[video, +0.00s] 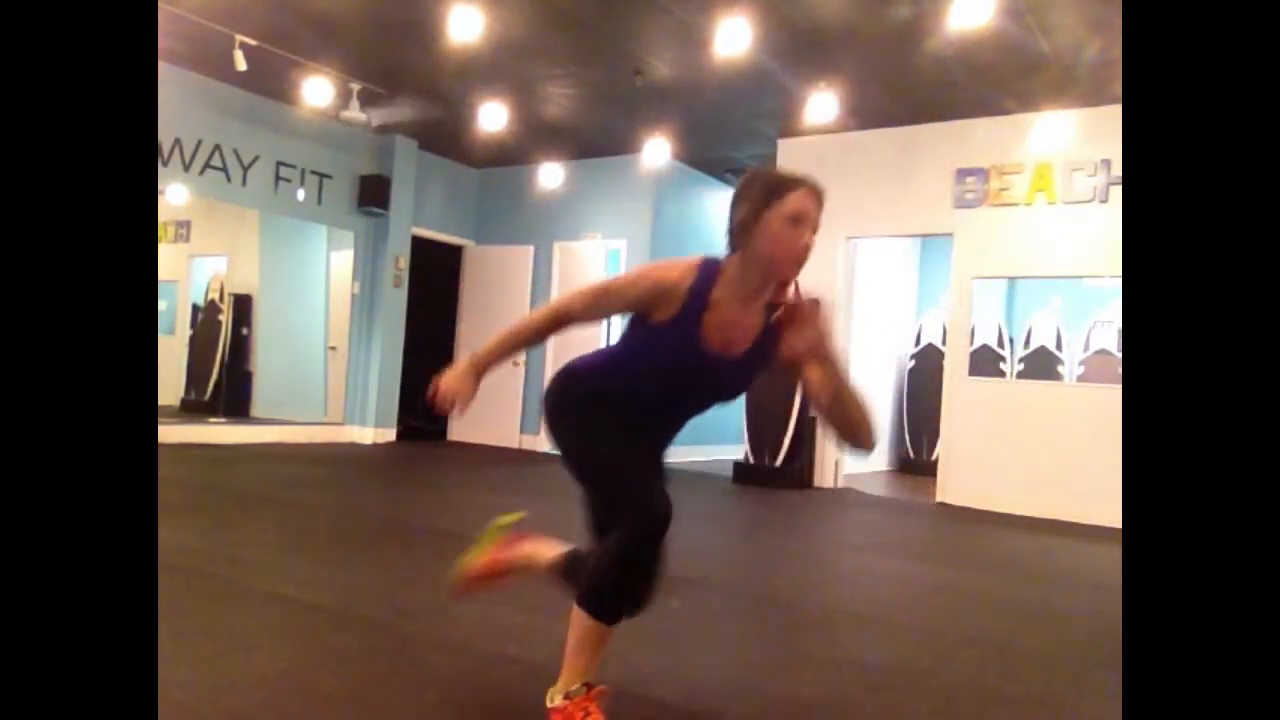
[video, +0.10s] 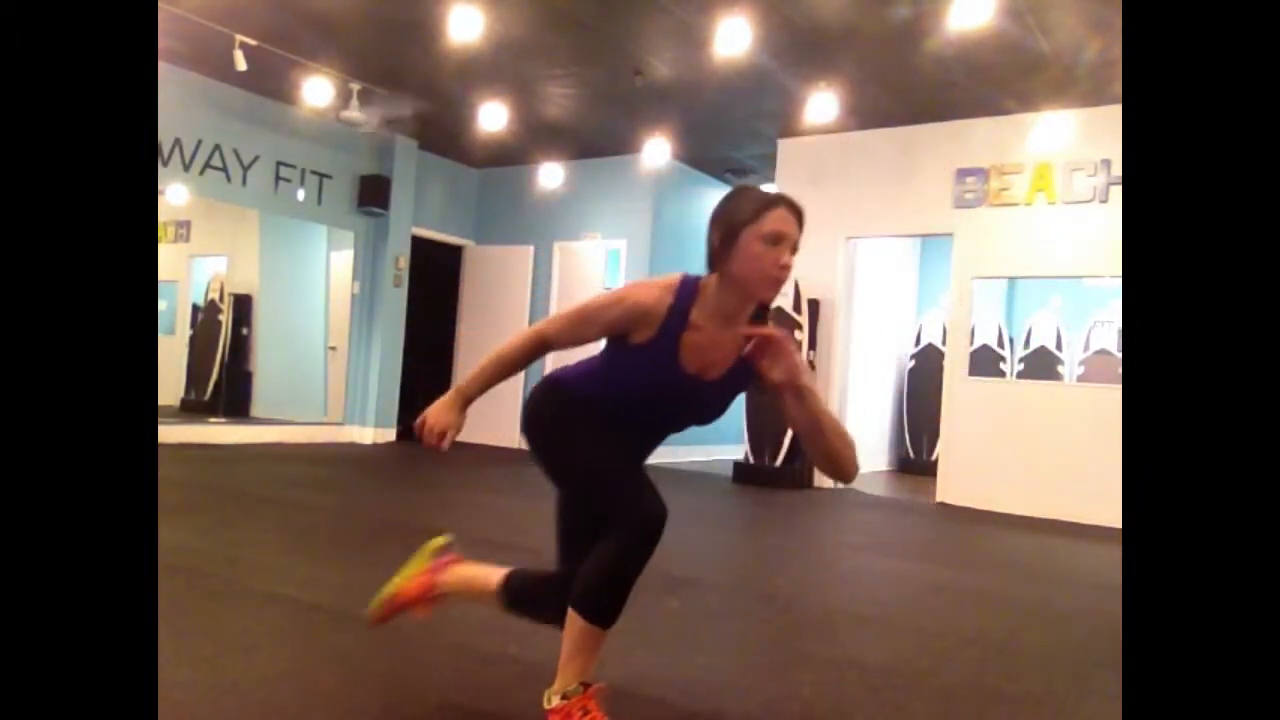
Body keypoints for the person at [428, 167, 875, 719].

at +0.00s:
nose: (807, 239)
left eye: (813, 229)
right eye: (795, 222)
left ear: (812, 241)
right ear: (750, 222)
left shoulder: (791, 326)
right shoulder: (680, 282)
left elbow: (861, 437)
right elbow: (564, 312)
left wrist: (818, 358)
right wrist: (473, 367)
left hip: (644, 434)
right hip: (586, 402)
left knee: (625, 582)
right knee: (644, 517)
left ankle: (523, 549)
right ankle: (569, 692)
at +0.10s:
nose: (785, 259)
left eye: (793, 248)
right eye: (772, 242)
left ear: (793, 261)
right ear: (725, 244)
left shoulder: (771, 344)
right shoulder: (656, 303)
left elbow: (844, 468)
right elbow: (542, 337)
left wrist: (798, 385)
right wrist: (456, 399)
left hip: (622, 445)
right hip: (566, 412)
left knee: (570, 598)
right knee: (641, 517)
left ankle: (447, 571)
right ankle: (568, 691)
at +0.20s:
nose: (775, 261)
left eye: (781, 248)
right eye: (761, 243)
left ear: (780, 261)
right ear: (713, 244)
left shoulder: (763, 346)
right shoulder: (642, 306)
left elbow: (842, 462)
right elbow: (530, 342)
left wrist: (794, 391)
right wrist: (446, 407)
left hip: (611, 446)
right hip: (553, 417)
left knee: (563, 607)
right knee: (635, 517)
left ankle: (415, 592)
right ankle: (567, 691)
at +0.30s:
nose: (770, 245)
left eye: (776, 233)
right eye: (756, 228)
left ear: (776, 243)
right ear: (709, 231)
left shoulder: (760, 333)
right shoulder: (641, 296)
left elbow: (843, 442)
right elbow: (526, 341)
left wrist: (796, 379)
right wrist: (440, 407)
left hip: (606, 440)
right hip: (550, 410)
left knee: (576, 597)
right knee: (631, 513)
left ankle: (418, 604)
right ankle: (567, 690)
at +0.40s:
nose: (767, 222)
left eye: (773, 211)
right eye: (754, 205)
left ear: (775, 225)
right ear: (707, 208)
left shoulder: (765, 312)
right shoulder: (645, 279)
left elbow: (823, 419)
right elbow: (538, 350)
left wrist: (789, 370)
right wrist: (451, 423)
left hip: (614, 430)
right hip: (555, 402)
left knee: (615, 582)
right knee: (631, 513)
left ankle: (441, 617)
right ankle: (568, 692)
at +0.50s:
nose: (771, 199)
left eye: (776, 188)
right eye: (757, 183)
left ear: (777, 200)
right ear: (711, 188)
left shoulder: (762, 294)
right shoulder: (652, 262)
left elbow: (764, 402)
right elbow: (581, 374)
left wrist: (760, 379)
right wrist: (519, 475)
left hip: (632, 418)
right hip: (573, 399)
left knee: (666, 557)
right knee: (639, 528)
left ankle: (498, 615)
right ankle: (568, 690)